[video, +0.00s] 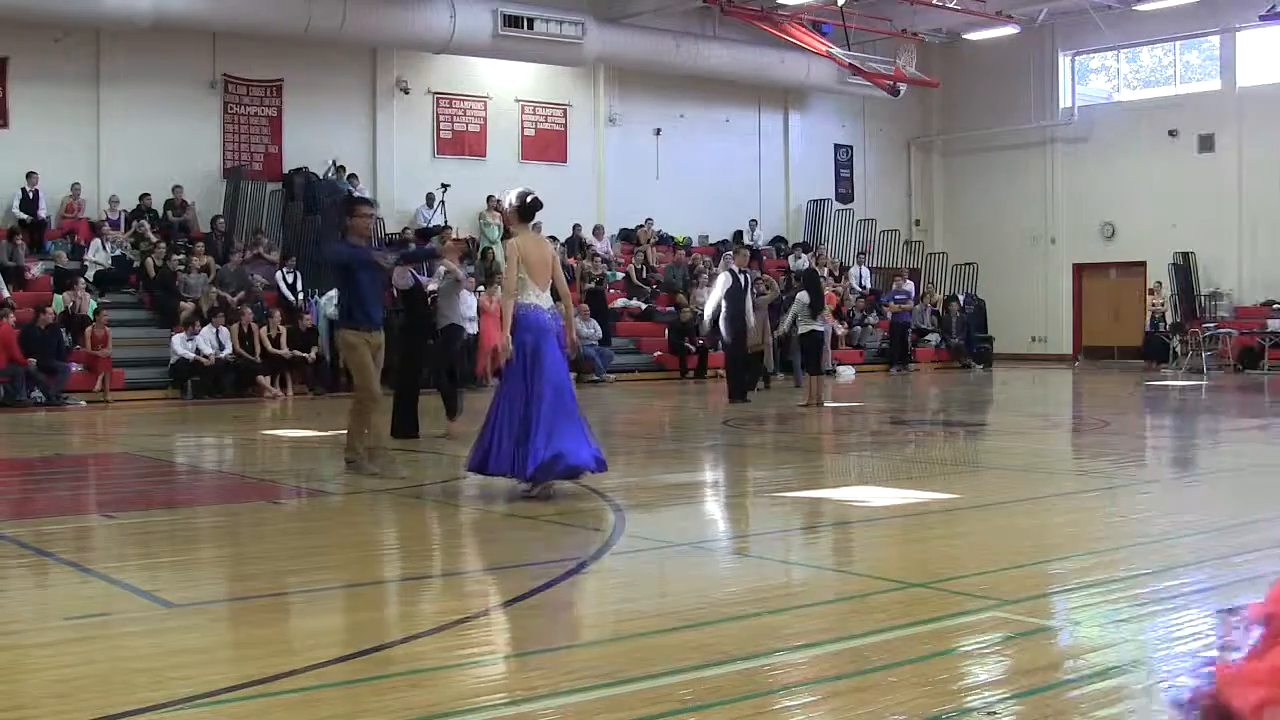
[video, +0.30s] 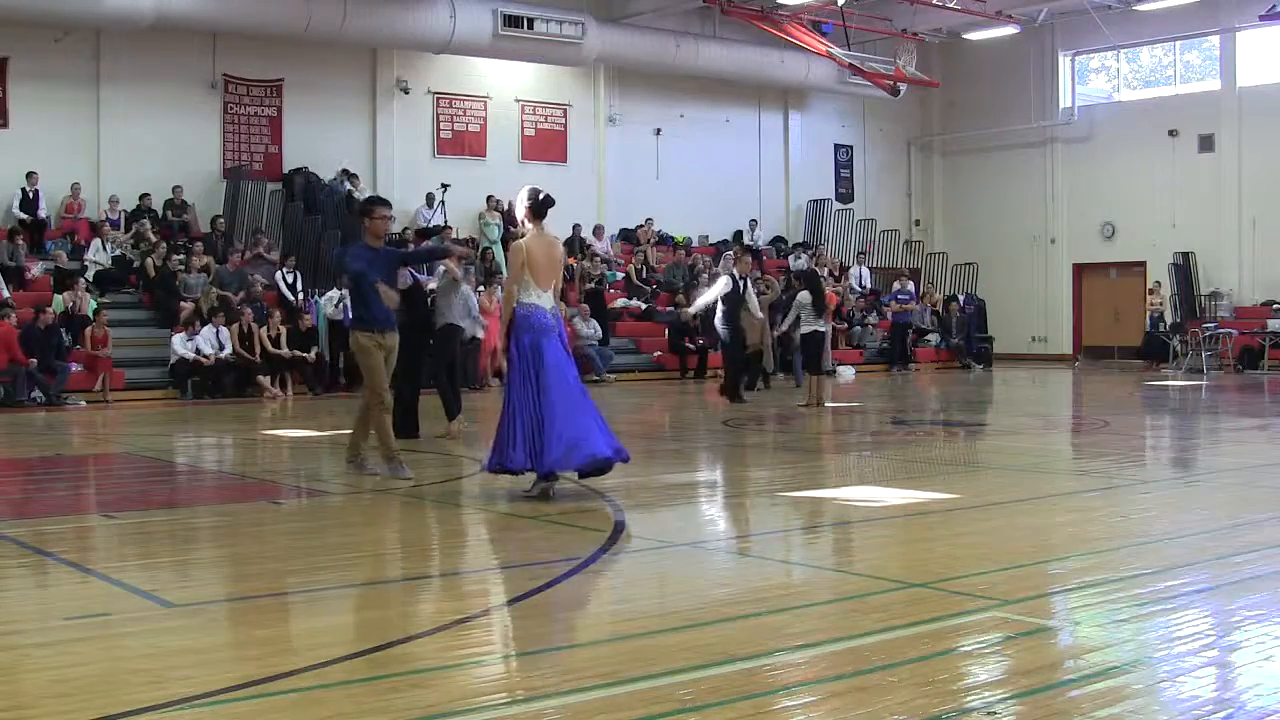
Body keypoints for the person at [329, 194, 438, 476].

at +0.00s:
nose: (369, 223)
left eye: (371, 218)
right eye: (364, 218)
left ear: (372, 221)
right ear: (349, 220)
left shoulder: (376, 251)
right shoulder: (342, 248)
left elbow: (404, 255)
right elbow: (331, 255)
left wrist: (439, 251)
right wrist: (371, 256)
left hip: (376, 333)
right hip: (352, 333)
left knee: (365, 396)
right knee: (372, 393)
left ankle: (353, 454)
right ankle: (377, 455)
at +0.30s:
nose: (387, 224)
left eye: (389, 219)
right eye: (381, 219)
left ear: (389, 223)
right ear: (365, 222)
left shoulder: (390, 254)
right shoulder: (353, 252)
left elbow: (416, 255)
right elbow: (355, 270)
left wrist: (449, 250)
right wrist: (381, 286)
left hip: (390, 335)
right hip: (364, 335)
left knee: (376, 395)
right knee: (381, 396)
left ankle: (354, 454)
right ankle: (392, 457)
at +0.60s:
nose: (404, 224)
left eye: (406, 219)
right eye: (398, 219)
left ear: (407, 221)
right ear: (383, 221)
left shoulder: (408, 252)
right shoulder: (365, 252)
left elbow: (437, 252)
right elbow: (353, 274)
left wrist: (466, 245)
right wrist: (348, 296)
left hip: (408, 334)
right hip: (380, 335)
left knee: (393, 401)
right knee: (388, 401)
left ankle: (363, 448)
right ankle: (394, 458)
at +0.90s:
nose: (417, 224)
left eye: (420, 219)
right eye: (411, 219)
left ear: (422, 220)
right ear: (397, 221)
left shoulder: (424, 253)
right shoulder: (380, 251)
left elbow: (453, 253)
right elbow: (356, 261)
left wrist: (480, 247)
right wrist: (364, 263)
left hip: (418, 336)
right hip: (385, 337)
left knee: (429, 396)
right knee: (392, 401)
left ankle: (423, 458)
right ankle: (395, 459)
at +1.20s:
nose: (427, 224)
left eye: (432, 219)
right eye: (422, 218)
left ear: (440, 222)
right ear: (413, 220)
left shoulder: (445, 253)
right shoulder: (401, 252)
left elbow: (476, 255)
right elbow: (403, 272)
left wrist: (507, 253)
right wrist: (423, 282)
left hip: (442, 337)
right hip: (409, 338)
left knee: (451, 402)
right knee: (404, 403)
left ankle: (456, 465)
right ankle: (397, 459)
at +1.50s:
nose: (443, 221)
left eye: (449, 215)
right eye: (438, 215)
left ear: (459, 217)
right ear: (432, 217)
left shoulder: (471, 249)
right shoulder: (422, 252)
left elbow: (500, 258)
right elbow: (418, 294)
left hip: (469, 332)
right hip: (440, 332)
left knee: (470, 396)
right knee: (447, 395)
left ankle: (464, 455)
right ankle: (426, 448)